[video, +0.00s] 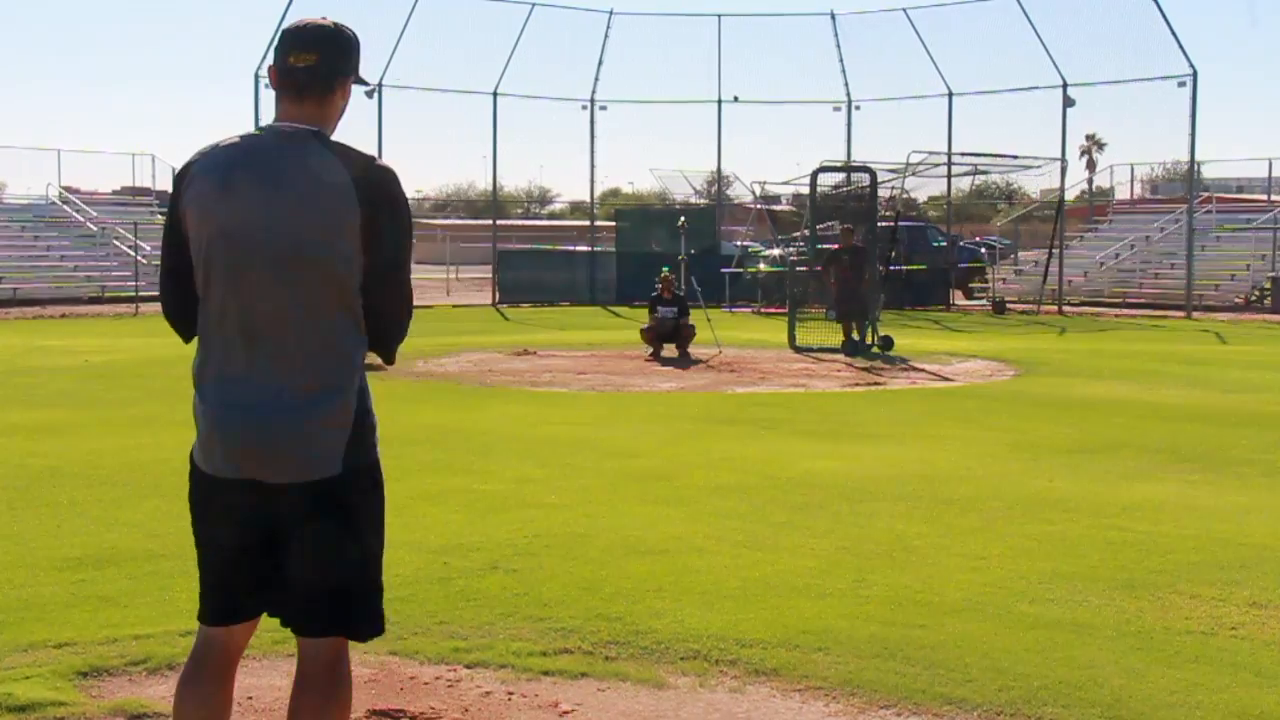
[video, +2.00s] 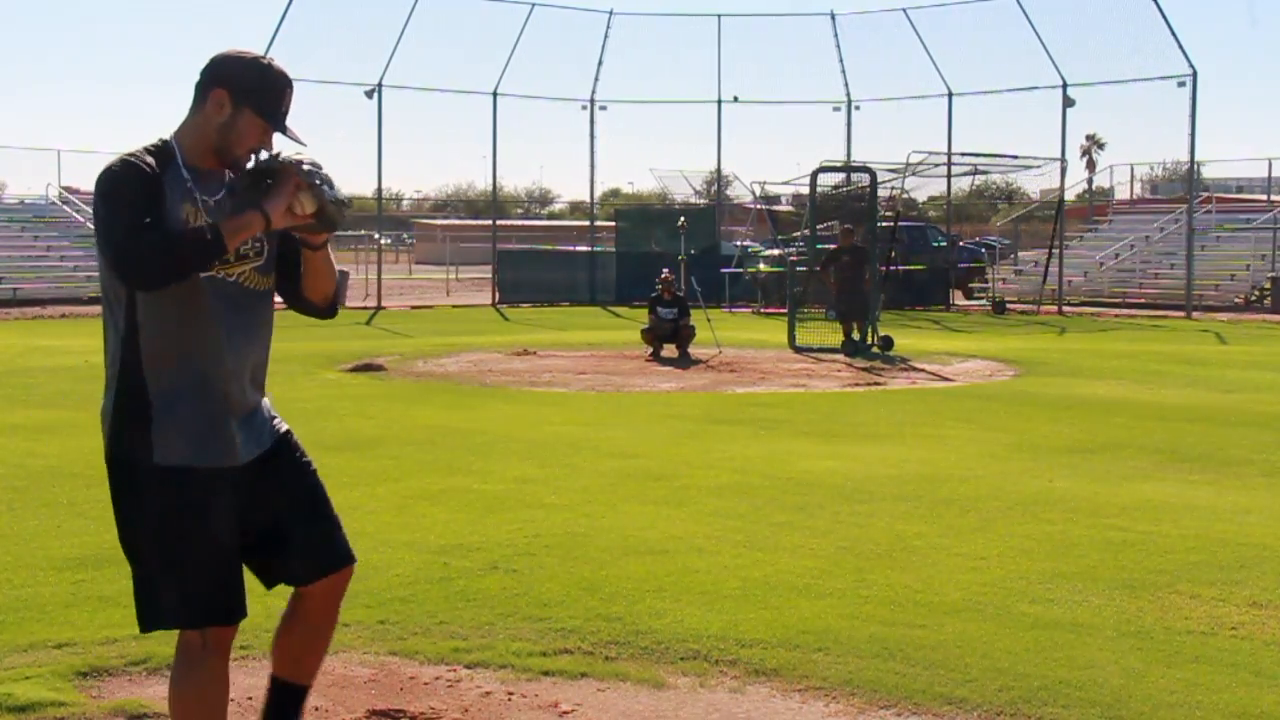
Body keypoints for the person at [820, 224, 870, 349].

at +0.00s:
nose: (845, 239)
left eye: (848, 236)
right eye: (843, 236)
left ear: (853, 236)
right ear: (840, 237)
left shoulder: (861, 251)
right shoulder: (835, 253)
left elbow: (869, 268)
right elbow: (825, 269)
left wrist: (865, 283)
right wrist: (830, 284)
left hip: (858, 288)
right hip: (842, 289)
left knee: (860, 318)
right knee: (845, 319)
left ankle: (862, 341)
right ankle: (847, 342)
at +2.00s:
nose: (845, 239)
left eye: (848, 236)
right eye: (843, 236)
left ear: (853, 237)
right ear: (840, 237)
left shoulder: (861, 251)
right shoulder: (835, 252)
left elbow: (871, 267)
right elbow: (823, 269)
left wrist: (868, 280)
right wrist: (830, 284)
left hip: (859, 287)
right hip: (842, 288)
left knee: (861, 317)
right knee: (845, 318)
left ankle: (862, 340)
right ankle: (848, 341)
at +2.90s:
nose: (864, 238)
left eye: (867, 235)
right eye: (862, 235)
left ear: (871, 236)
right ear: (858, 237)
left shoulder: (879, 251)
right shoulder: (853, 252)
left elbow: (891, 266)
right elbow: (842, 267)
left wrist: (887, 284)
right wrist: (848, 282)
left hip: (876, 288)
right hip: (859, 287)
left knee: (874, 317)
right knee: (854, 316)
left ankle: (873, 343)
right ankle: (849, 340)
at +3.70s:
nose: (866, 239)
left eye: (869, 236)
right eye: (864, 236)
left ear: (874, 236)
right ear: (860, 237)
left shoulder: (883, 251)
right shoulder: (856, 252)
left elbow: (895, 267)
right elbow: (844, 267)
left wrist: (889, 283)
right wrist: (850, 280)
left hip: (878, 289)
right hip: (861, 288)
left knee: (875, 316)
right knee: (857, 316)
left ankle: (873, 341)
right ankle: (852, 339)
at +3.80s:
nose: (865, 239)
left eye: (868, 236)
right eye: (863, 236)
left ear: (873, 236)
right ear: (860, 238)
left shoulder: (884, 251)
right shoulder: (856, 252)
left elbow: (894, 267)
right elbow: (844, 267)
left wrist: (888, 284)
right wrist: (850, 281)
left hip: (877, 288)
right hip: (861, 288)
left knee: (875, 317)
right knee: (857, 317)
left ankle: (872, 342)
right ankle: (852, 341)